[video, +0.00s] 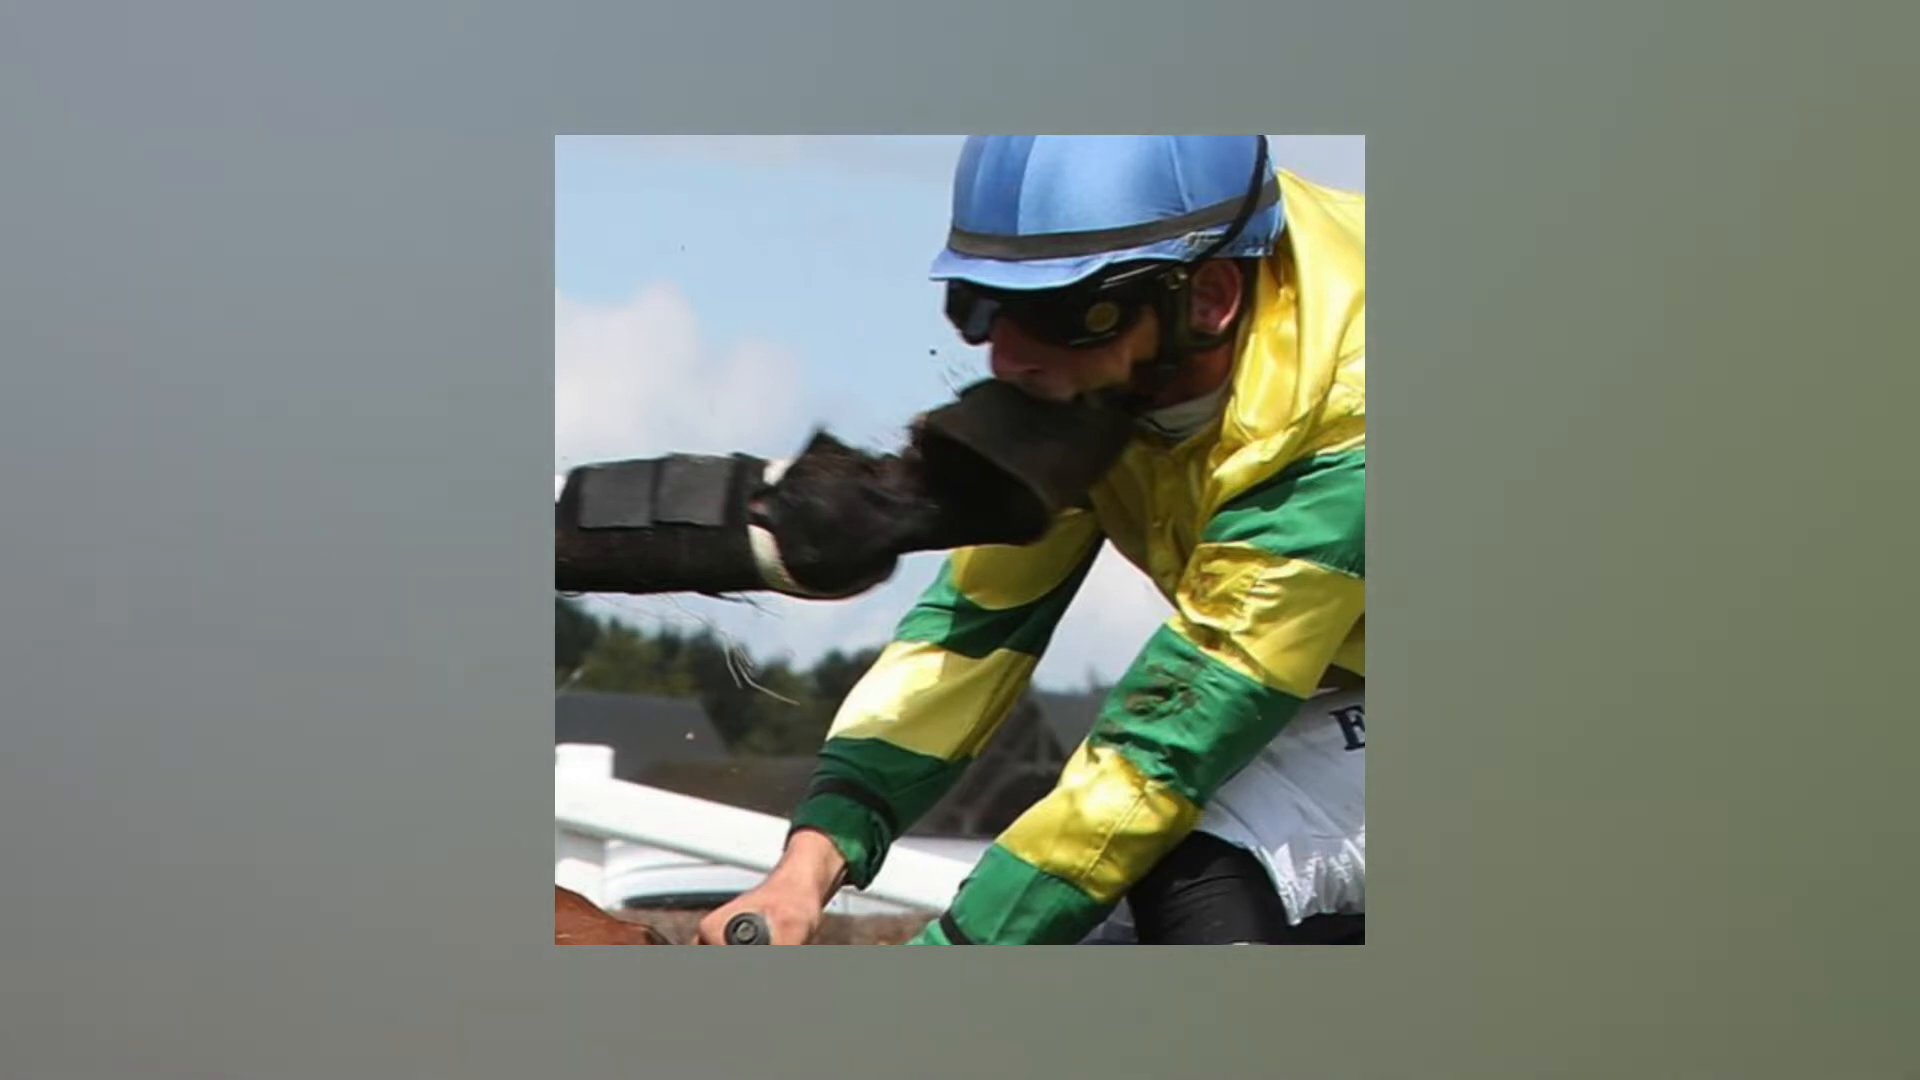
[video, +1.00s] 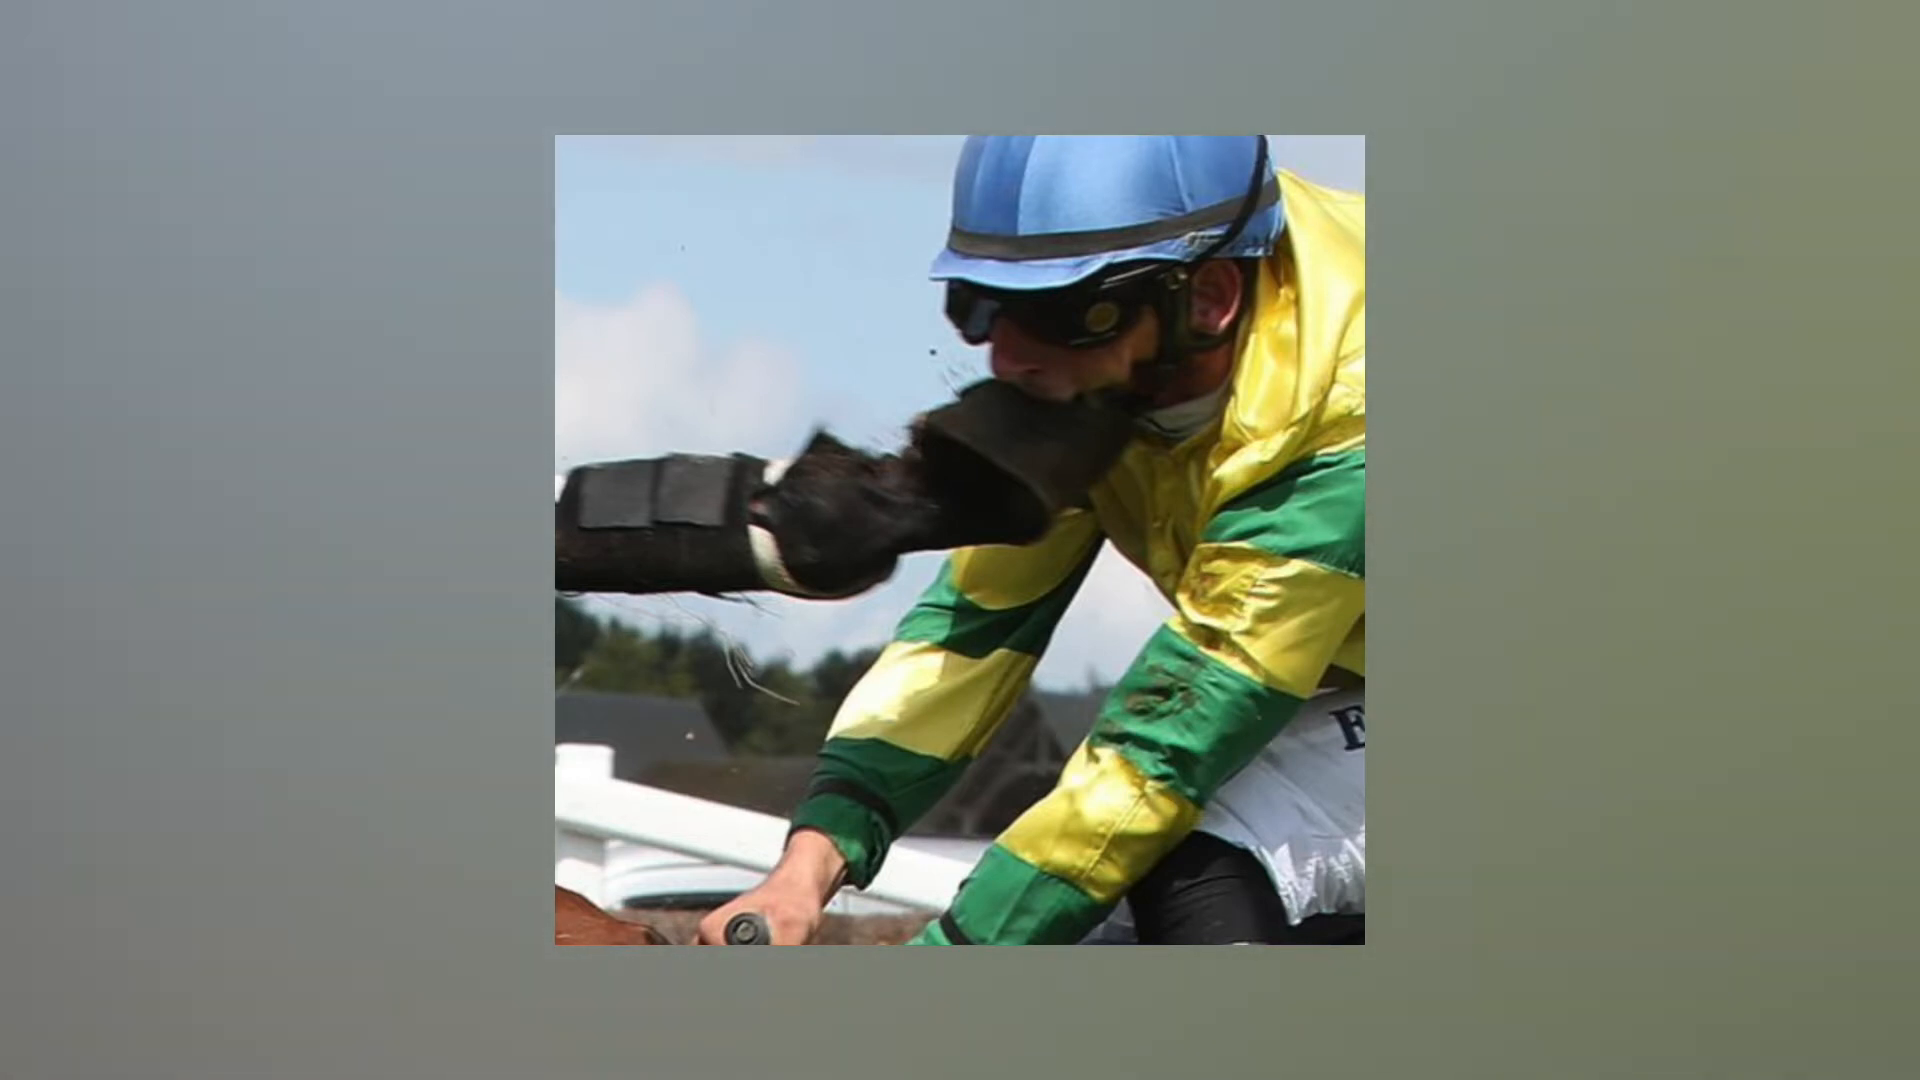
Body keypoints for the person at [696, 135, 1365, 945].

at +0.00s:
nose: (1005, 358)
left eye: (1056, 319)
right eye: (989, 309)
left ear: (1210, 298)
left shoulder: (1341, 429)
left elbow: (1160, 751)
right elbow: (969, 623)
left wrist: (933, 965)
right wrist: (805, 871)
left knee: (1204, 865)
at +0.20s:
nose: (1005, 358)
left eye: (1056, 319)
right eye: (989, 309)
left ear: (1210, 298)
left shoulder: (1341, 429)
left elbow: (1160, 751)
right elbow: (969, 623)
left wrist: (934, 965)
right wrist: (805, 871)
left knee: (1204, 864)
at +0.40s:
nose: (1005, 358)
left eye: (1056, 319)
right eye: (989, 309)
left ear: (1209, 298)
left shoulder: (1341, 429)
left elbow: (1161, 751)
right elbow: (969, 623)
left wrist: (932, 967)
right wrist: (805, 871)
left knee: (1204, 864)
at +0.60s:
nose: (1005, 358)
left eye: (1056, 319)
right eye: (989, 310)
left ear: (1209, 298)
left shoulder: (1341, 428)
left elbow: (1161, 751)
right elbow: (969, 623)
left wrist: (930, 969)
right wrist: (805, 871)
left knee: (1204, 864)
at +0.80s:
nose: (1005, 358)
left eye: (1056, 319)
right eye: (989, 309)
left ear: (1209, 298)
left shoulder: (1341, 429)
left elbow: (1161, 751)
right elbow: (969, 623)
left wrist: (934, 964)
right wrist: (805, 871)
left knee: (1204, 864)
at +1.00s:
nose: (1005, 359)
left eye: (1056, 319)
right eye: (989, 310)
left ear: (1209, 298)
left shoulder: (1341, 429)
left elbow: (1161, 751)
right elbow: (969, 623)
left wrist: (933, 965)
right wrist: (805, 871)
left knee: (1204, 865)